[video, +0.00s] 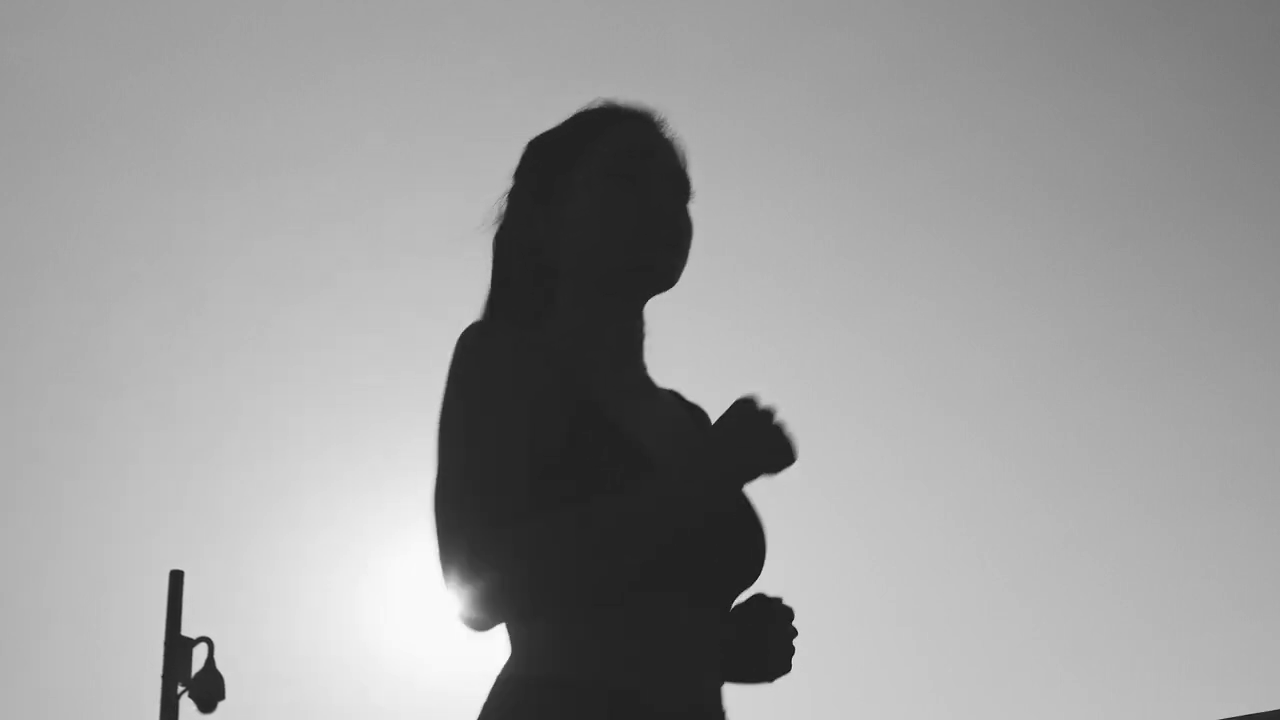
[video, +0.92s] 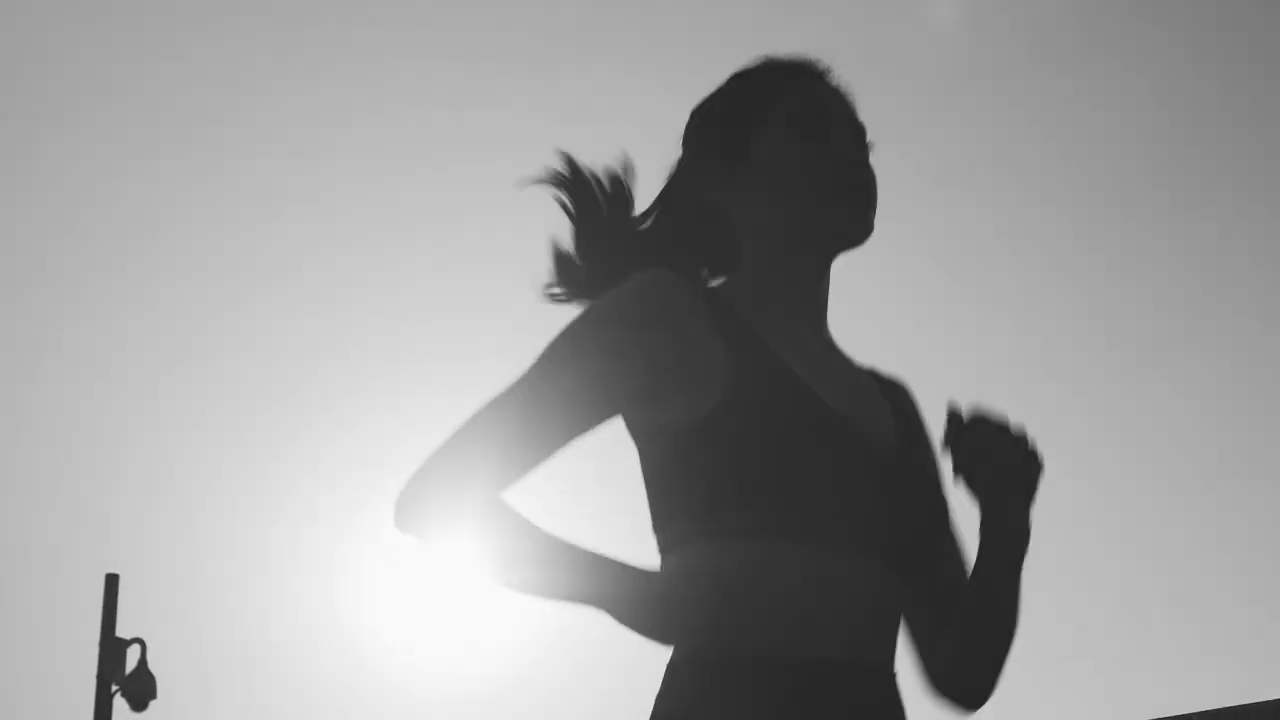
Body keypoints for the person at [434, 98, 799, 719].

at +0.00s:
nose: (671, 215)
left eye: (680, 196)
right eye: (635, 189)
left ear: (689, 214)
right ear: (563, 210)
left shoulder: (677, 416)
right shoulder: (503, 357)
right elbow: (480, 584)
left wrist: (723, 642)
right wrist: (707, 469)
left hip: (684, 703)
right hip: (555, 696)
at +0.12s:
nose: (712, 186)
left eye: (713, 165)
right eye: (685, 161)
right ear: (610, 178)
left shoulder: (641, 338)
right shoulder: (546, 303)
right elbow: (539, 510)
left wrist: (742, 606)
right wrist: (742, 423)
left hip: (708, 681)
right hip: (616, 683)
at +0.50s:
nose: (797, 165)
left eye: (794, 146)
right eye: (760, 143)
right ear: (670, 176)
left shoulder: (749, 335)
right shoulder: (650, 291)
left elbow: (709, 554)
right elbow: (547, 491)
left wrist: (837, 605)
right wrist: (821, 503)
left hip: (798, 685)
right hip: (702, 683)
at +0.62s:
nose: (820, 181)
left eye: (815, 160)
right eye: (779, 160)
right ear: (695, 210)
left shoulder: (784, 385)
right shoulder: (668, 334)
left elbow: (776, 667)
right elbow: (520, 539)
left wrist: (889, 667)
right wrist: (731, 602)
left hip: (809, 714)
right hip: (706, 706)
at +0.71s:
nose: (837, 198)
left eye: (833, 177)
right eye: (796, 175)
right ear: (717, 217)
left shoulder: (821, 425)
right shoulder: (671, 350)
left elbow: (823, 698)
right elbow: (483, 560)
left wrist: (935, 669)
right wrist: (690, 638)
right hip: (702, 705)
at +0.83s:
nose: (853, 187)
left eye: (851, 168)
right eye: (815, 167)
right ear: (729, 206)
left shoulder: (869, 430)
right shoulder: (667, 342)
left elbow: (912, 701)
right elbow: (448, 533)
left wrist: (989, 591)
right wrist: (647, 621)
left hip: (859, 714)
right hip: (720, 706)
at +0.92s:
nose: (859, 160)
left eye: (858, 142)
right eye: (815, 137)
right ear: (731, 179)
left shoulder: (885, 404)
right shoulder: (667, 318)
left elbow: (963, 671)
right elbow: (435, 500)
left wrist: (1005, 520)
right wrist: (632, 590)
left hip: (863, 702)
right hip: (724, 694)